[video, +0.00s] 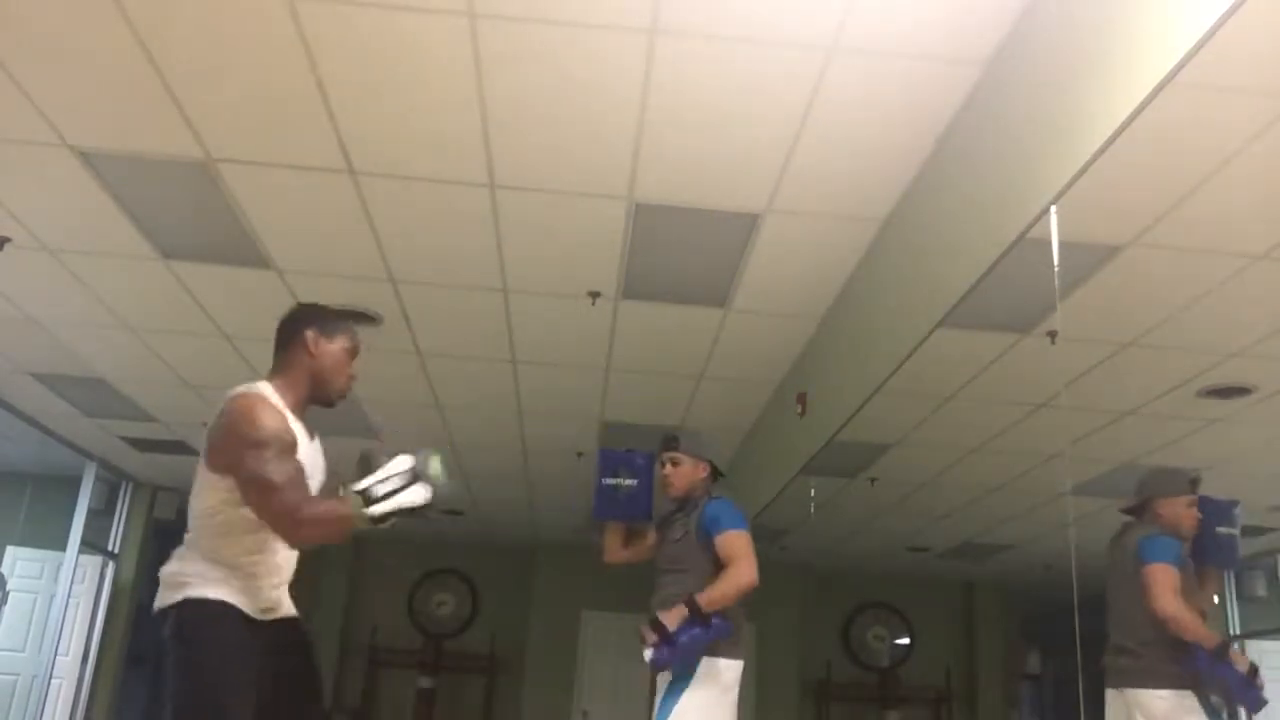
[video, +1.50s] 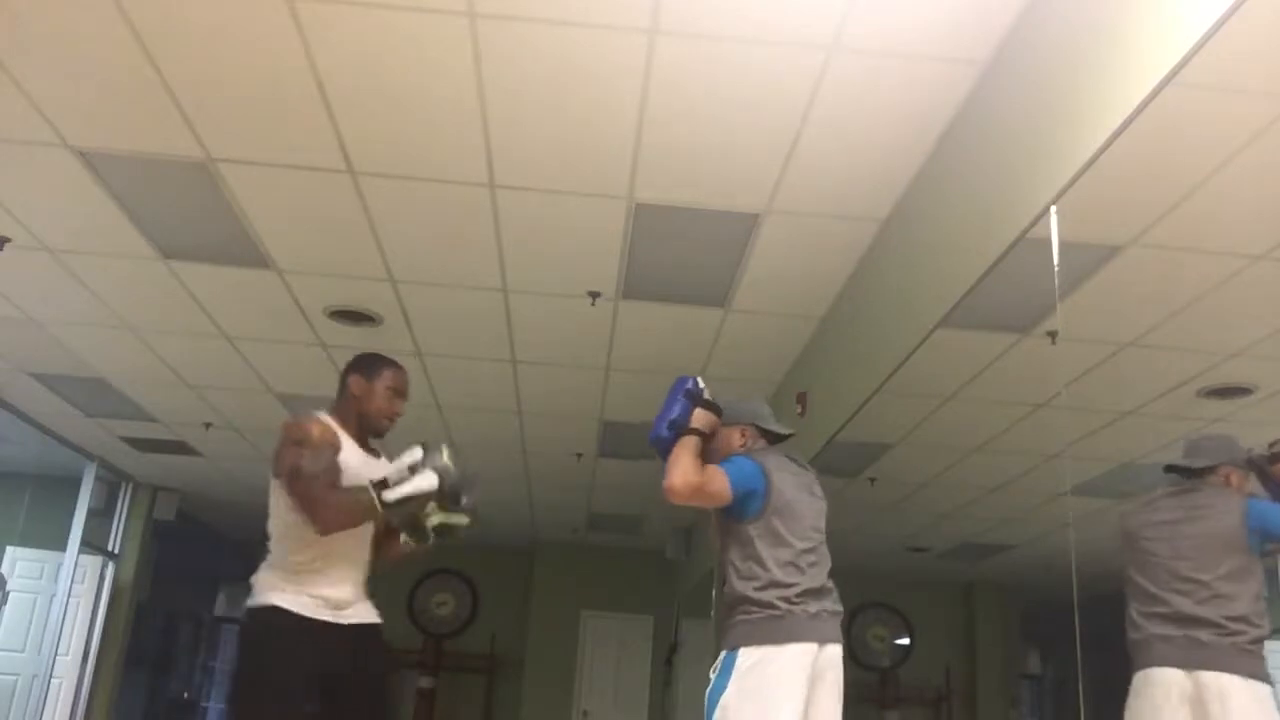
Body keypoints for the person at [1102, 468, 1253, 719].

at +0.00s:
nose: (1199, 515)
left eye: (1196, 506)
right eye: (1190, 506)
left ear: (1157, 509)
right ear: (1160, 507)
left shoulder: (1124, 541)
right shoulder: (1160, 542)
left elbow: (1197, 608)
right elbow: (1167, 607)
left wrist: (1214, 546)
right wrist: (1224, 650)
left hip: (1120, 688)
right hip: (1159, 690)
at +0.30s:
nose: (1239, 515)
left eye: (1238, 506)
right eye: (1233, 506)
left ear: (1199, 506)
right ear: (1203, 505)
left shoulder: (1151, 536)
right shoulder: (1197, 540)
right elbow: (1213, 618)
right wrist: (1249, 676)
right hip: (1176, 683)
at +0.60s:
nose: (1251, 506)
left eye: (1250, 497)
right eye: (1246, 497)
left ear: (1204, 496)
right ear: (1218, 496)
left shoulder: (1156, 527)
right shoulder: (1223, 532)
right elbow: (1251, 611)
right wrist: (1274, 663)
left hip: (1137, 674)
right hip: (1193, 679)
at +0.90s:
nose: (1200, 502)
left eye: (1199, 494)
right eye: (1195, 494)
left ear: (1147, 495)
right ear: (1171, 495)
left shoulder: (1104, 533)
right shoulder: (1178, 530)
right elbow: (1212, 603)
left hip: (1111, 686)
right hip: (1173, 687)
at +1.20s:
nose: (1200, 494)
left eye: (1200, 484)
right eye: (1197, 484)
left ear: (1145, 484)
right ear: (1178, 484)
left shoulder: (1102, 526)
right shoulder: (1187, 519)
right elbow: (1272, 538)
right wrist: (1253, 487)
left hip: (1112, 682)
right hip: (1182, 682)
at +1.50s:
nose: (1247, 484)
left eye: (1248, 476)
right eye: (1245, 476)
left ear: (1186, 474)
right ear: (1229, 477)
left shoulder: (1135, 515)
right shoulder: (1247, 511)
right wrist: (1251, 491)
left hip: (1155, 676)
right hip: (1236, 677)